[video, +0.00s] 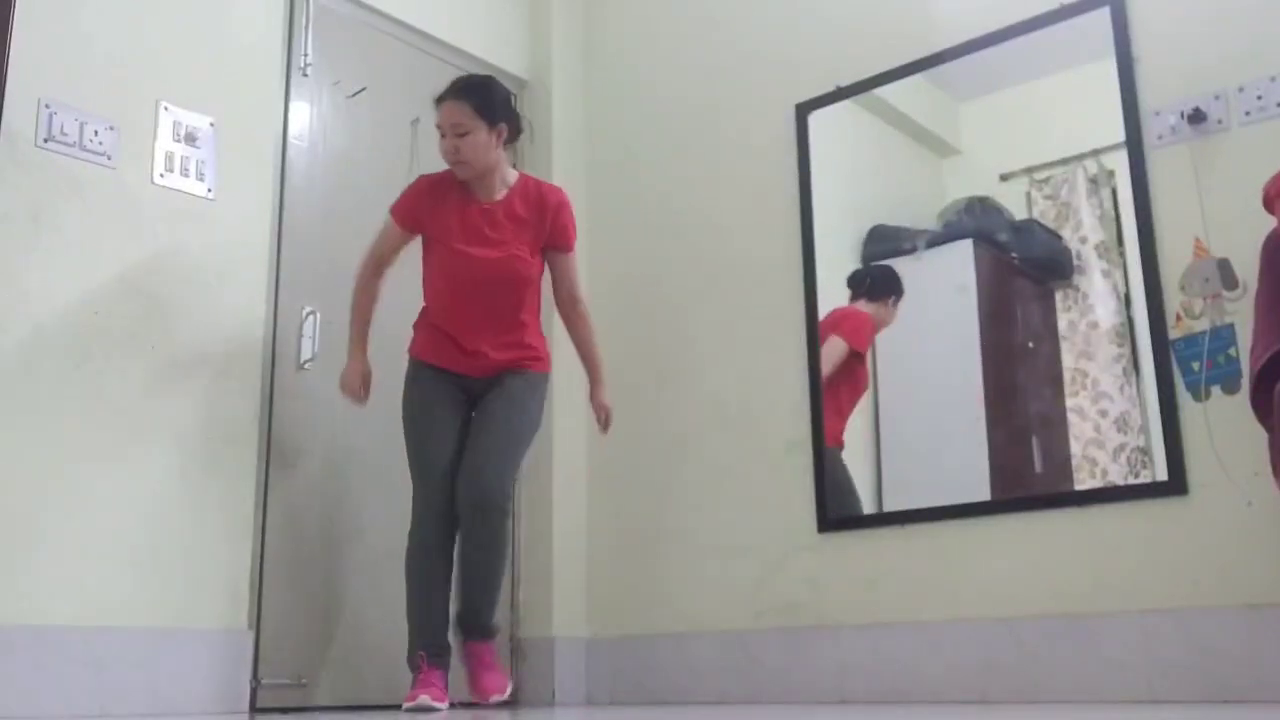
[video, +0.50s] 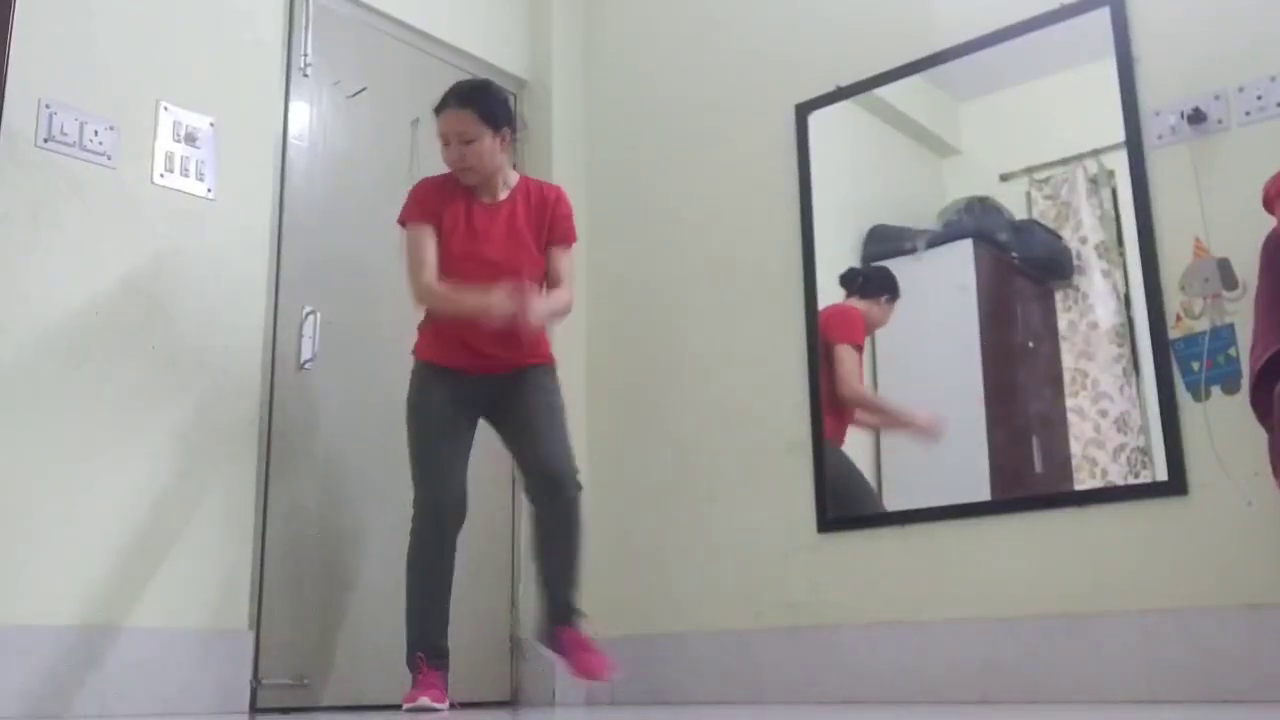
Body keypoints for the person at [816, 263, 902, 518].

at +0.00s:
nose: (892, 319)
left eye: (897, 310)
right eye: (896, 309)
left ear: (857, 293)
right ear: (889, 301)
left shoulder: (831, 319)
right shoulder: (859, 320)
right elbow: (815, 374)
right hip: (823, 449)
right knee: (852, 529)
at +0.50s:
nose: (886, 321)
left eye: (891, 312)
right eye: (891, 310)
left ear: (859, 292)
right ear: (882, 300)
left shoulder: (833, 318)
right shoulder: (846, 315)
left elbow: (848, 411)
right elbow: (848, 390)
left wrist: (906, 423)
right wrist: (911, 418)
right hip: (820, 447)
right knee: (875, 523)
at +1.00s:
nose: (919, 276)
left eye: (919, 266)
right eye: (915, 265)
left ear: (874, 269)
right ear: (893, 266)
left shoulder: (853, 299)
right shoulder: (882, 292)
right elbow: (884, 372)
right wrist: (904, 447)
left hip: (823, 421)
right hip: (842, 423)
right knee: (872, 524)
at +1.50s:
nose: (928, 272)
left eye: (928, 263)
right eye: (925, 262)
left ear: (878, 266)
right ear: (905, 265)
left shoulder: (860, 296)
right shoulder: (895, 290)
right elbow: (873, 348)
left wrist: (885, 434)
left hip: (818, 415)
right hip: (844, 416)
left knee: (870, 524)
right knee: (879, 524)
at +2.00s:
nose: (888, 308)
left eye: (891, 300)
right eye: (891, 299)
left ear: (852, 285)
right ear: (886, 291)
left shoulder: (825, 313)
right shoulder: (866, 310)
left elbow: (866, 400)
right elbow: (889, 393)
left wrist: (929, 415)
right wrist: (943, 414)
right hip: (826, 440)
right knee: (857, 531)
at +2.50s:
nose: (881, 321)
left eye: (883, 312)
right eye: (883, 311)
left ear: (844, 299)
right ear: (876, 305)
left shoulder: (830, 323)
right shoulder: (845, 324)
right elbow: (807, 335)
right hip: (805, 460)